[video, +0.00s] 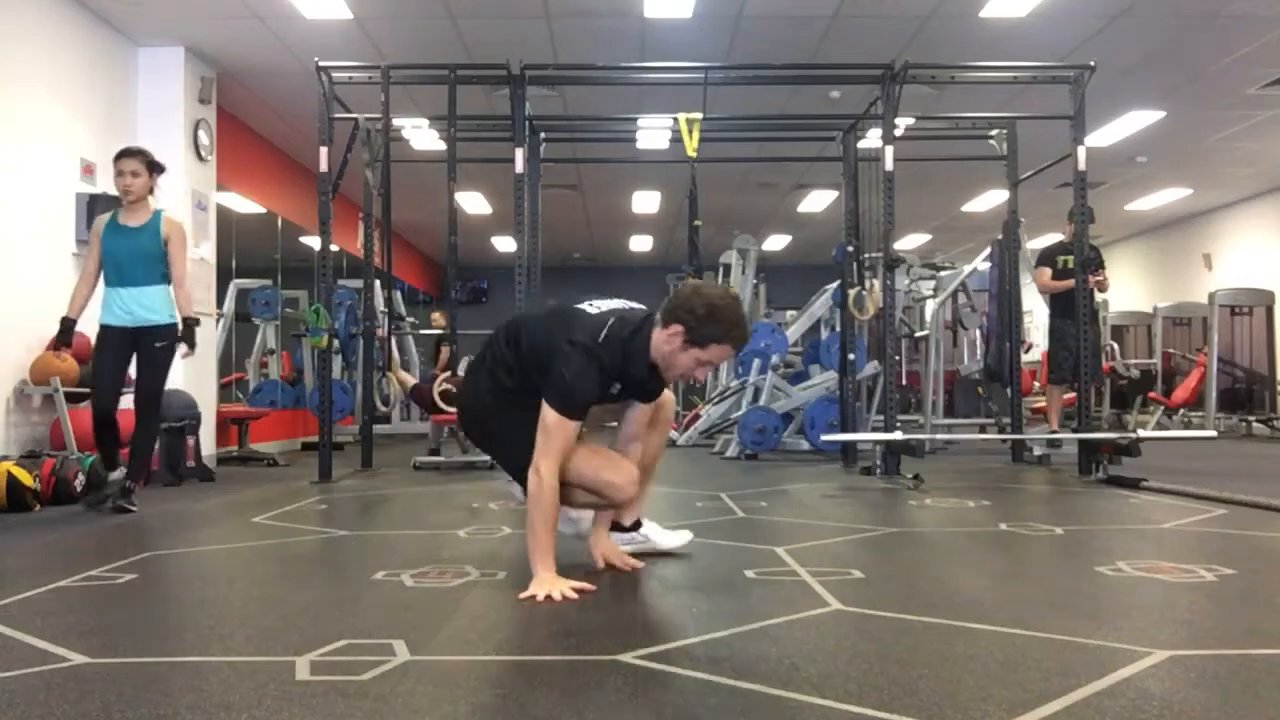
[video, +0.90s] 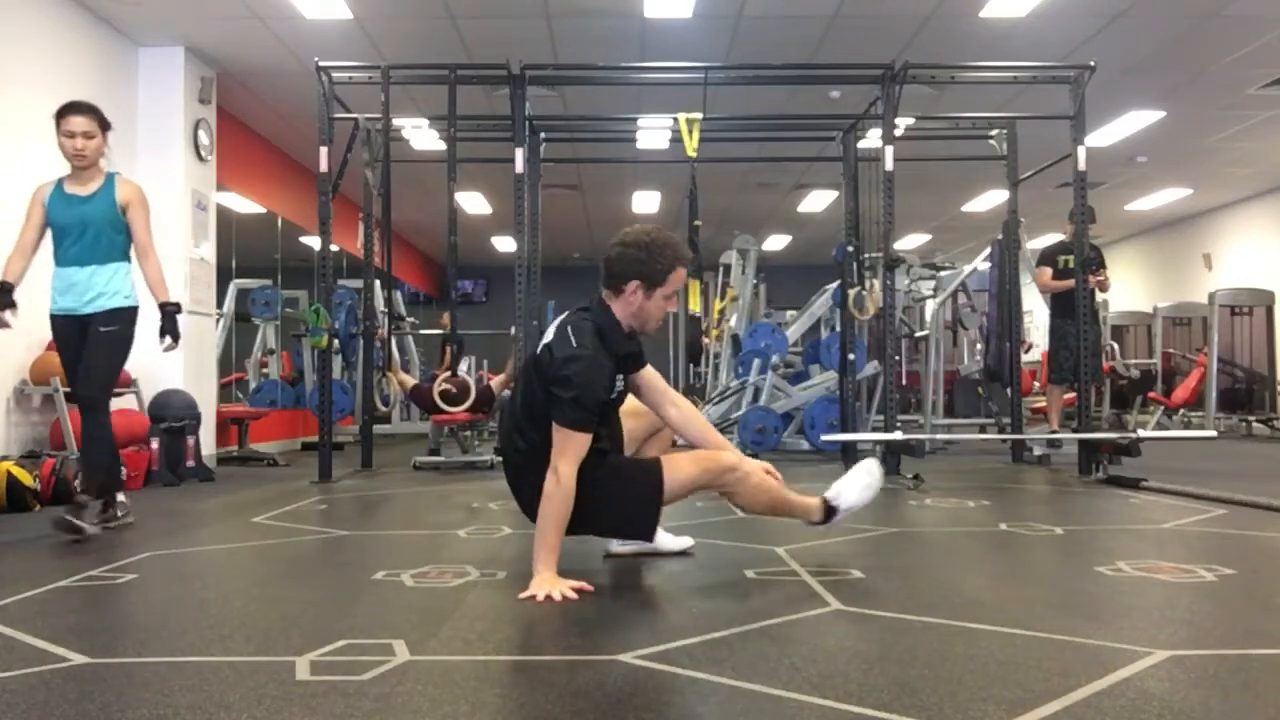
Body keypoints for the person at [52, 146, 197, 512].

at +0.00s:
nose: (126, 181)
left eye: (134, 174)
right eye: (120, 175)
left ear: (152, 179)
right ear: (114, 181)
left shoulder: (169, 227)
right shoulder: (103, 225)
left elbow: (179, 281)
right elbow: (88, 279)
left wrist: (189, 322)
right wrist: (67, 326)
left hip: (158, 326)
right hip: (114, 326)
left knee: (146, 407)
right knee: (103, 405)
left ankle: (131, 487)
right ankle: (111, 470)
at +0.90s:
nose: (78, 144)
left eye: (87, 136)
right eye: (69, 136)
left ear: (104, 139)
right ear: (59, 141)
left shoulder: (125, 190)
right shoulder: (46, 194)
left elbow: (145, 251)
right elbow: (24, 248)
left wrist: (167, 305)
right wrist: (4, 288)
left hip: (114, 307)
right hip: (66, 310)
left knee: (93, 398)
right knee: (88, 402)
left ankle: (91, 502)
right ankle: (113, 498)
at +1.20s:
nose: (40, 122)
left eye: (50, 113)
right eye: (30, 114)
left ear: (69, 117)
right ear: (20, 118)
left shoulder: (91, 175)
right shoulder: (11, 179)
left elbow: (108, 246)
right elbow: (1, 238)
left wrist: (128, 302)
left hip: (79, 300)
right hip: (24, 303)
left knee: (71, 408)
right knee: (20, 410)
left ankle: (48, 512)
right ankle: (76, 473)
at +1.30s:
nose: (20, 114)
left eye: (30, 104)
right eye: (11, 106)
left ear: (55, 107)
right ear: (4, 110)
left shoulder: (78, 164)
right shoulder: (8, 167)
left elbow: (95, 233)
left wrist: (104, 292)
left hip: (66, 298)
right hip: (11, 300)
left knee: (61, 405)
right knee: (1, 401)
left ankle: (47, 510)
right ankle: (38, 478)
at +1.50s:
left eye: (2, 92)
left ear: (26, 95)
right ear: (0, 97)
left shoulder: (54, 152)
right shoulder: (2, 151)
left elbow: (72, 223)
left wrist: (50, 282)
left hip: (44, 293)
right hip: (0, 295)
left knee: (45, 402)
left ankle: (43, 513)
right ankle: (40, 510)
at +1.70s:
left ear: (2, 82)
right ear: (2, 83)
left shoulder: (16, 141)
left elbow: (29, 220)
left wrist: (9, 277)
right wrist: (11, 278)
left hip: (10, 293)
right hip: (5, 290)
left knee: (13, 407)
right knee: (12, 408)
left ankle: (36, 508)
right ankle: (35, 506)